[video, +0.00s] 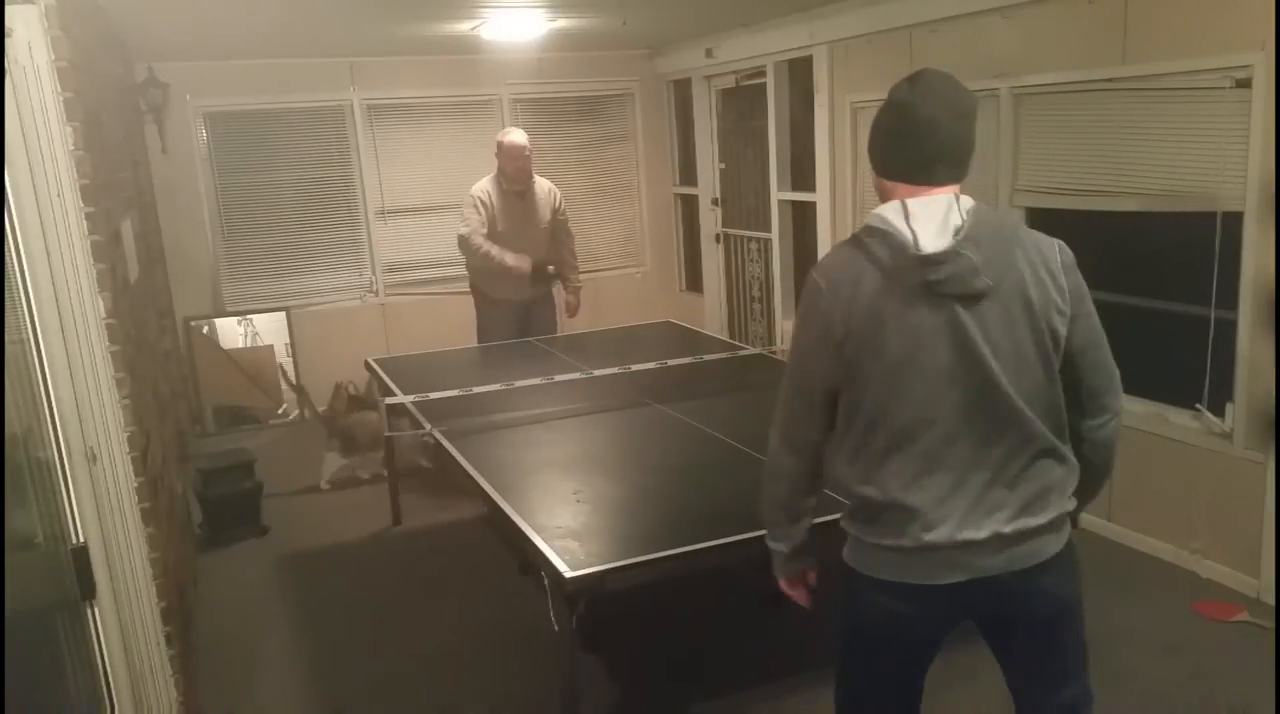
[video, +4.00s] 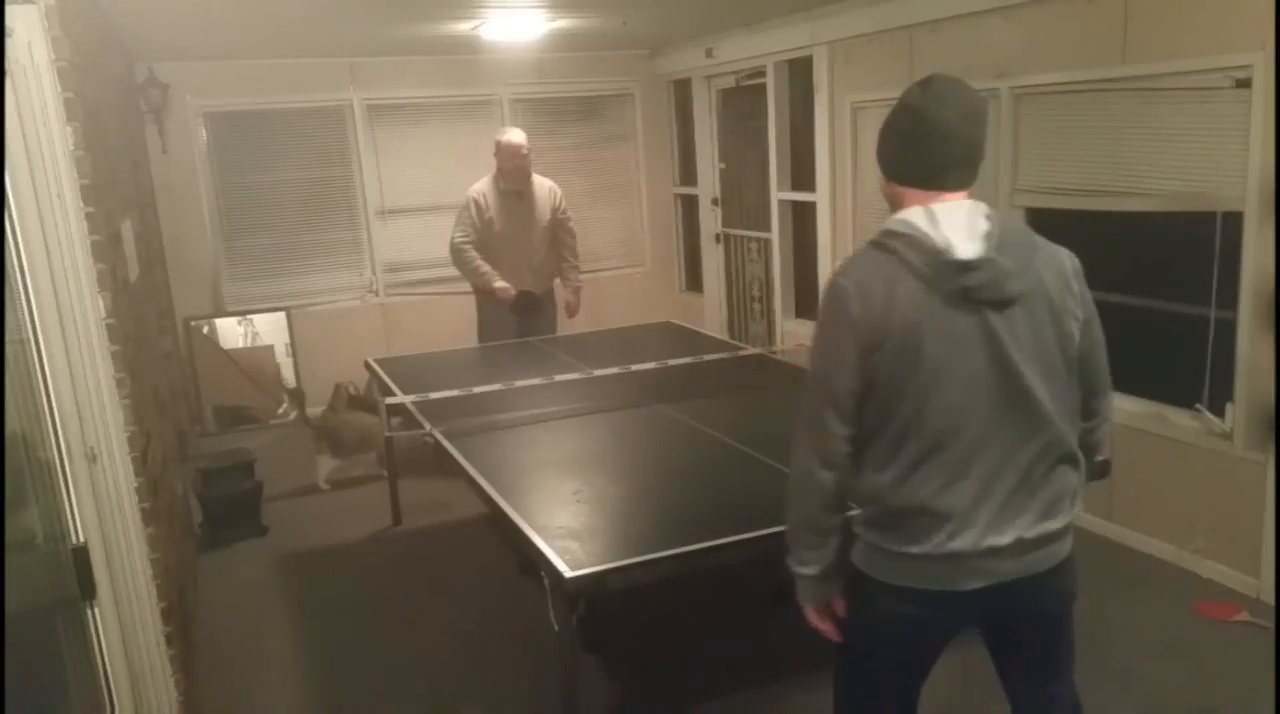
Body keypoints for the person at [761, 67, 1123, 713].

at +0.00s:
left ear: (876, 167)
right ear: (966, 161)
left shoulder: (839, 279)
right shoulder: (1046, 261)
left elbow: (795, 434)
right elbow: (1101, 407)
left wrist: (788, 546)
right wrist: (1069, 493)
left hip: (893, 579)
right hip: (1033, 570)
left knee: (874, 706)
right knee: (1061, 705)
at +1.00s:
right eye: (890, 90)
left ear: (813, 99)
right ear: (895, 102)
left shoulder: (774, 202)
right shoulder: (917, 190)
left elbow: (773, 341)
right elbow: (883, 339)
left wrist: (784, 445)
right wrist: (812, 454)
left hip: (802, 514)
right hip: (895, 519)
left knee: (807, 686)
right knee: (930, 691)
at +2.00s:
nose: (765, 215)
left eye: (764, 201)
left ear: (769, 211)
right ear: (861, 194)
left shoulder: (770, 316)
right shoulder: (967, 300)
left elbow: (709, 483)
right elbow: (998, 450)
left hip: (825, 617)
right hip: (963, 611)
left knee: (724, 703)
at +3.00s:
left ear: (1037, 143)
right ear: (1142, 155)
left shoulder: (980, 250)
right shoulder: (1203, 269)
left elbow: (922, 370)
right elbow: (1207, 389)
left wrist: (1011, 314)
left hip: (977, 585)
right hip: (1120, 597)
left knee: (931, 697)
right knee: (1109, 706)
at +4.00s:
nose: (883, 179)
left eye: (883, 166)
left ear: (887, 178)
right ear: (973, 169)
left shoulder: (861, 287)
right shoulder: (1056, 270)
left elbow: (823, 448)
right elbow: (1093, 404)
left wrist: (813, 569)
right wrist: (1077, 468)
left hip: (905, 583)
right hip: (1036, 575)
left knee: (873, 704)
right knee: (1052, 703)